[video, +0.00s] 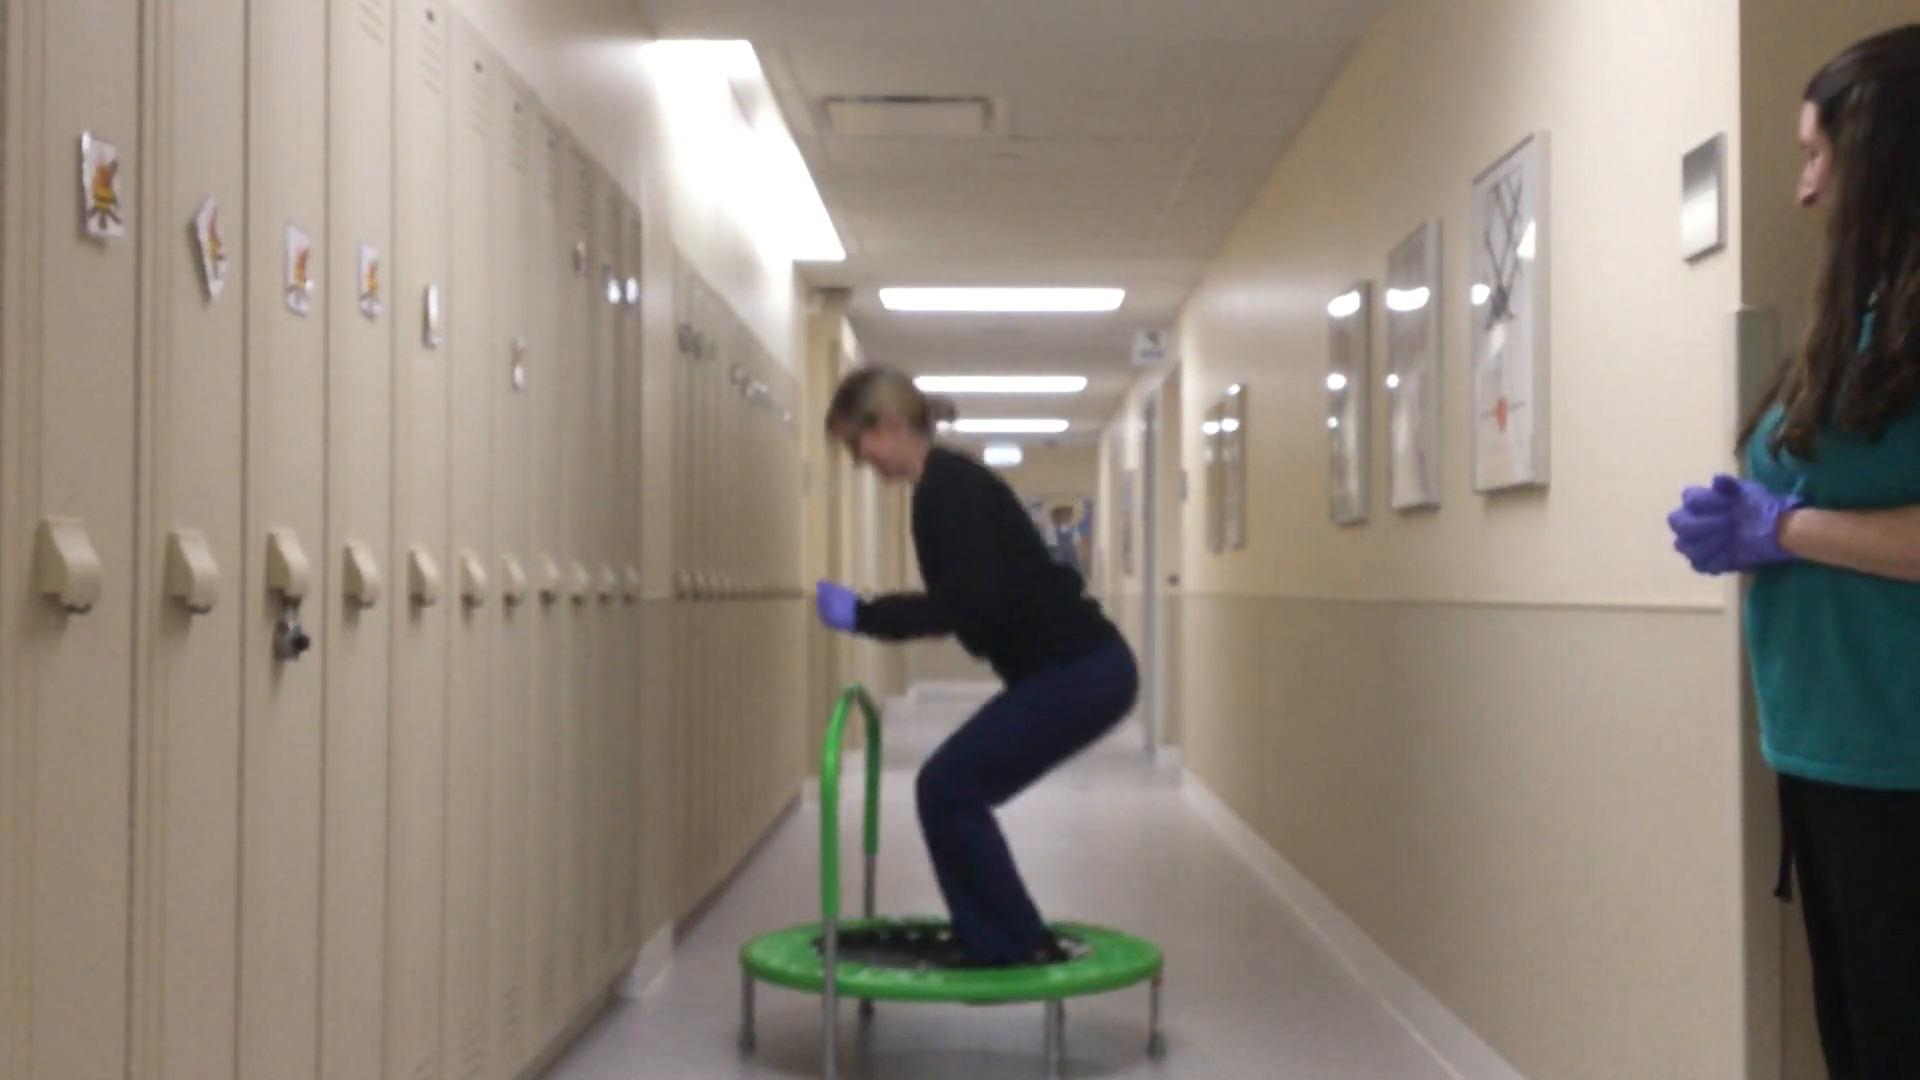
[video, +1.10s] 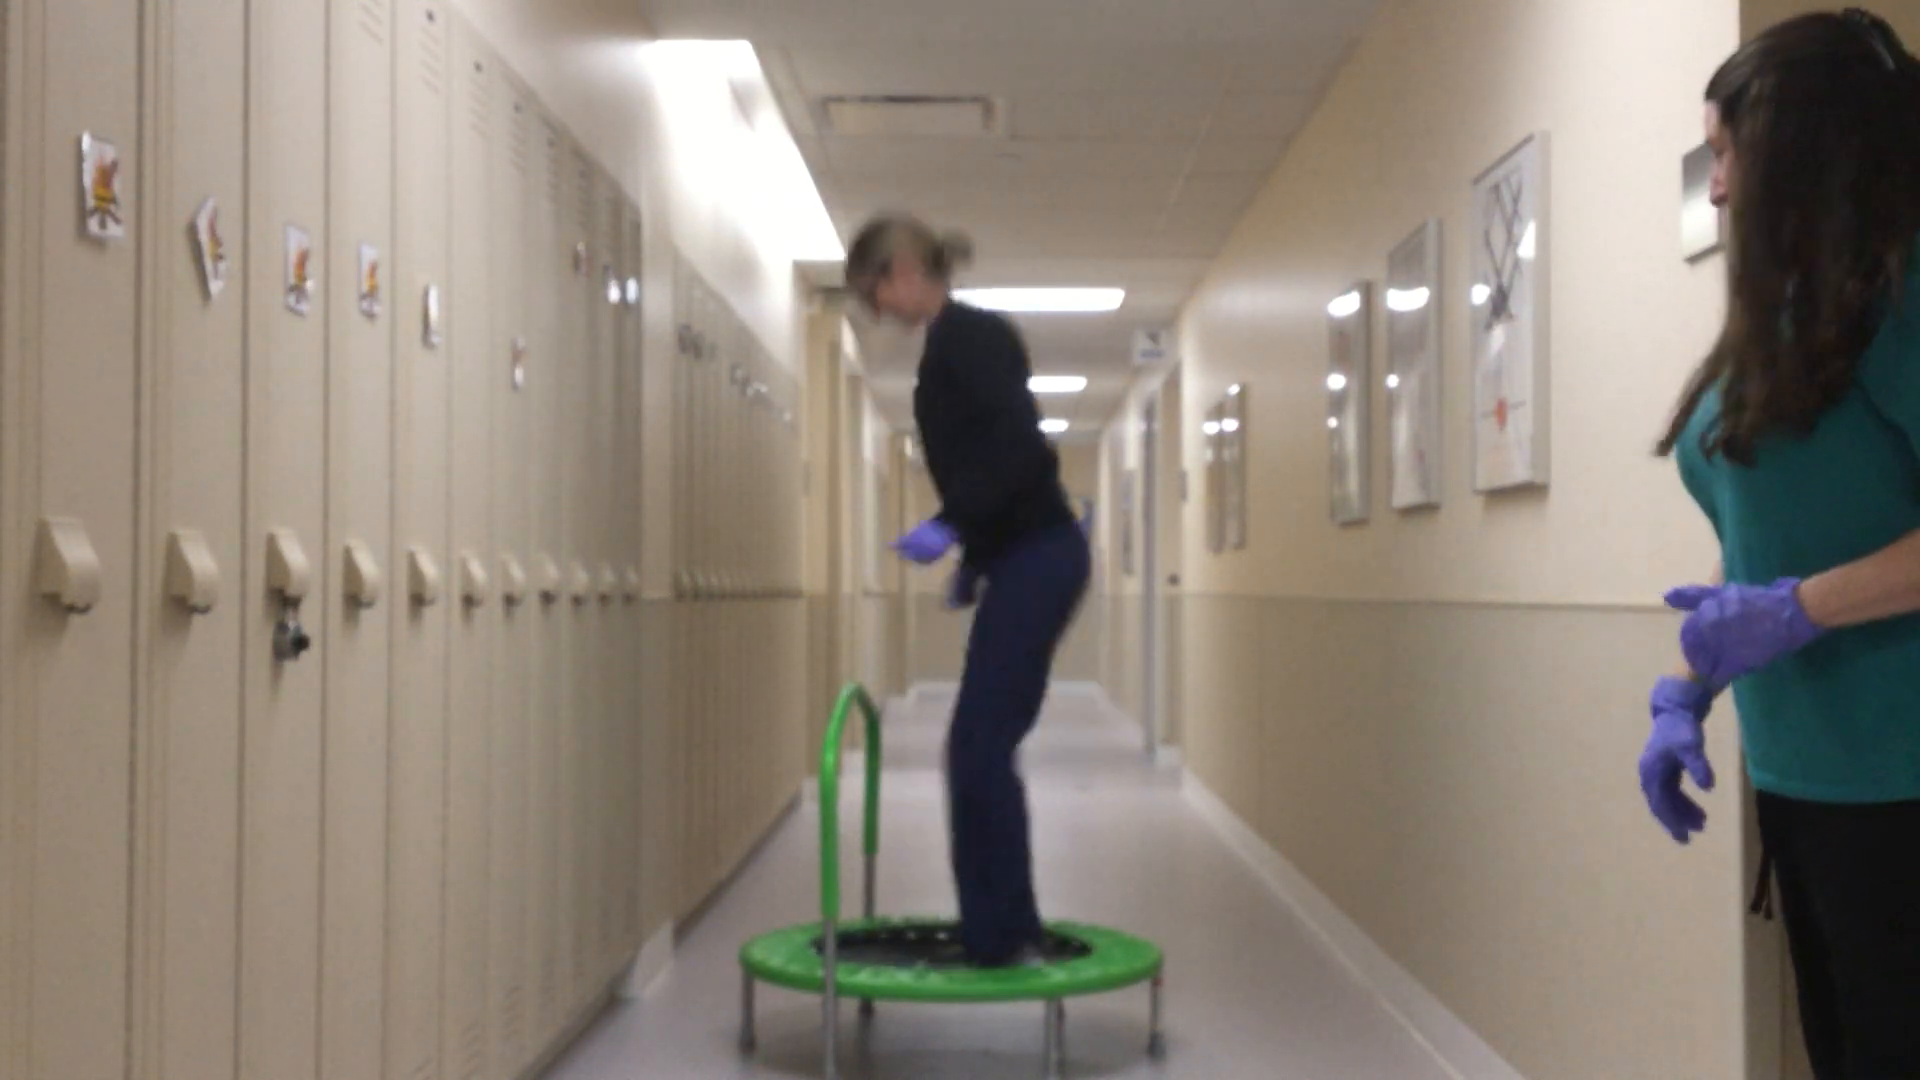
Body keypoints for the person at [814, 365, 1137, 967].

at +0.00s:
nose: (863, 457)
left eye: (863, 440)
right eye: (855, 446)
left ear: (893, 422)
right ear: (894, 426)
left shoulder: (951, 485)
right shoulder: (943, 487)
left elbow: (961, 604)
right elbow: (954, 604)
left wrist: (865, 614)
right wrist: (867, 613)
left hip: (1083, 673)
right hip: (1071, 671)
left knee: (948, 787)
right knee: (945, 785)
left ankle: (1009, 942)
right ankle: (1000, 939)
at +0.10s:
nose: (868, 381)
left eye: (867, 362)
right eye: (859, 369)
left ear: (898, 341)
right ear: (885, 354)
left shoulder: (959, 412)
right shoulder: (942, 417)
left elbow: (982, 527)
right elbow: (964, 531)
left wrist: (907, 583)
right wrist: (904, 579)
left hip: (1059, 617)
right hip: (1046, 616)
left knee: (952, 772)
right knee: (951, 770)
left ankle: (1000, 934)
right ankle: (999, 931)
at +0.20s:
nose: (874, 287)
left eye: (873, 268)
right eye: (866, 276)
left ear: (902, 244)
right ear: (894, 255)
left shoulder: (967, 310)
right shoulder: (954, 314)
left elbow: (1012, 426)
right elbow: (996, 428)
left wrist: (972, 522)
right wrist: (968, 526)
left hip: (1036, 531)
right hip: (1025, 532)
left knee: (991, 721)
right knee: (991, 720)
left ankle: (1005, 919)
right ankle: (1001, 914)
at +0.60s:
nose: (868, 341)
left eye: (866, 323)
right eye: (859, 329)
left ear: (895, 301)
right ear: (887, 308)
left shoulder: (960, 363)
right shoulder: (947, 370)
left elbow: (1009, 468)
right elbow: (988, 475)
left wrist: (936, 548)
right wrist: (935, 546)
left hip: (1045, 575)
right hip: (1038, 573)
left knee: (975, 740)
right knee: (981, 740)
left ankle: (998, 930)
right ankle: (1006, 921)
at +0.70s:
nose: (863, 426)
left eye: (865, 408)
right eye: (857, 413)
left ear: (893, 392)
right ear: (894, 397)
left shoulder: (951, 460)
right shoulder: (943, 461)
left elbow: (966, 569)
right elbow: (958, 570)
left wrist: (880, 584)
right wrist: (881, 584)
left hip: (1067, 652)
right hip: (1059, 651)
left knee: (944, 783)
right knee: (946, 782)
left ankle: (1004, 942)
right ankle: (1000, 936)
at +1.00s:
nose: (873, 398)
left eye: (874, 379)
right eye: (864, 387)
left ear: (907, 362)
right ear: (880, 380)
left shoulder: (958, 432)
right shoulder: (939, 444)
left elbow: (989, 537)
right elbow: (967, 560)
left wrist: (900, 576)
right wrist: (909, 599)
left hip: (1061, 637)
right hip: (1047, 637)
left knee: (941, 778)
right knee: (940, 777)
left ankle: (997, 942)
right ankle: (998, 939)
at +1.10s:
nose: (880, 304)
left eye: (880, 285)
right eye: (872, 293)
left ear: (910, 264)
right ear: (901, 276)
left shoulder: (970, 335)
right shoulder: (953, 343)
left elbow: (1014, 446)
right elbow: (999, 460)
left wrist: (949, 522)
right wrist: (977, 560)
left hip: (1039, 556)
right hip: (1022, 558)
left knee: (979, 744)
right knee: (979, 743)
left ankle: (996, 932)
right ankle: (1001, 926)